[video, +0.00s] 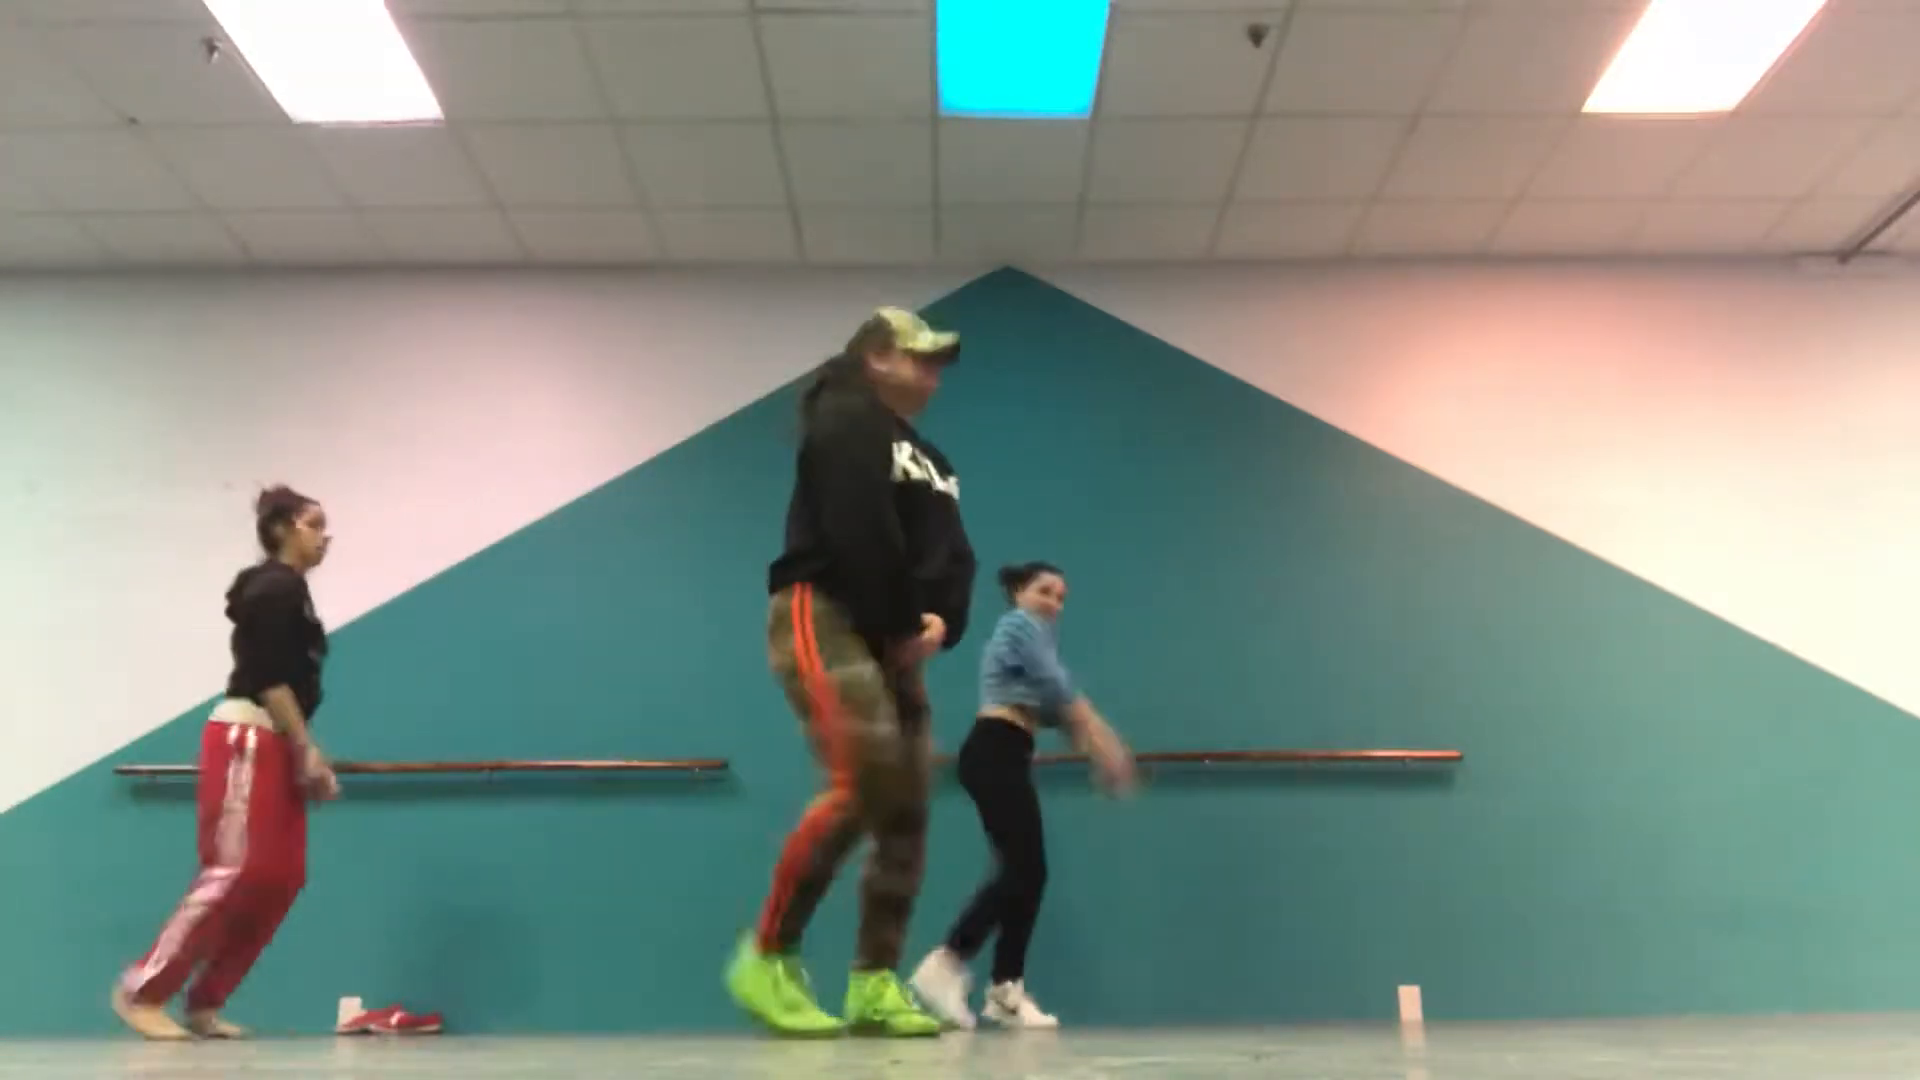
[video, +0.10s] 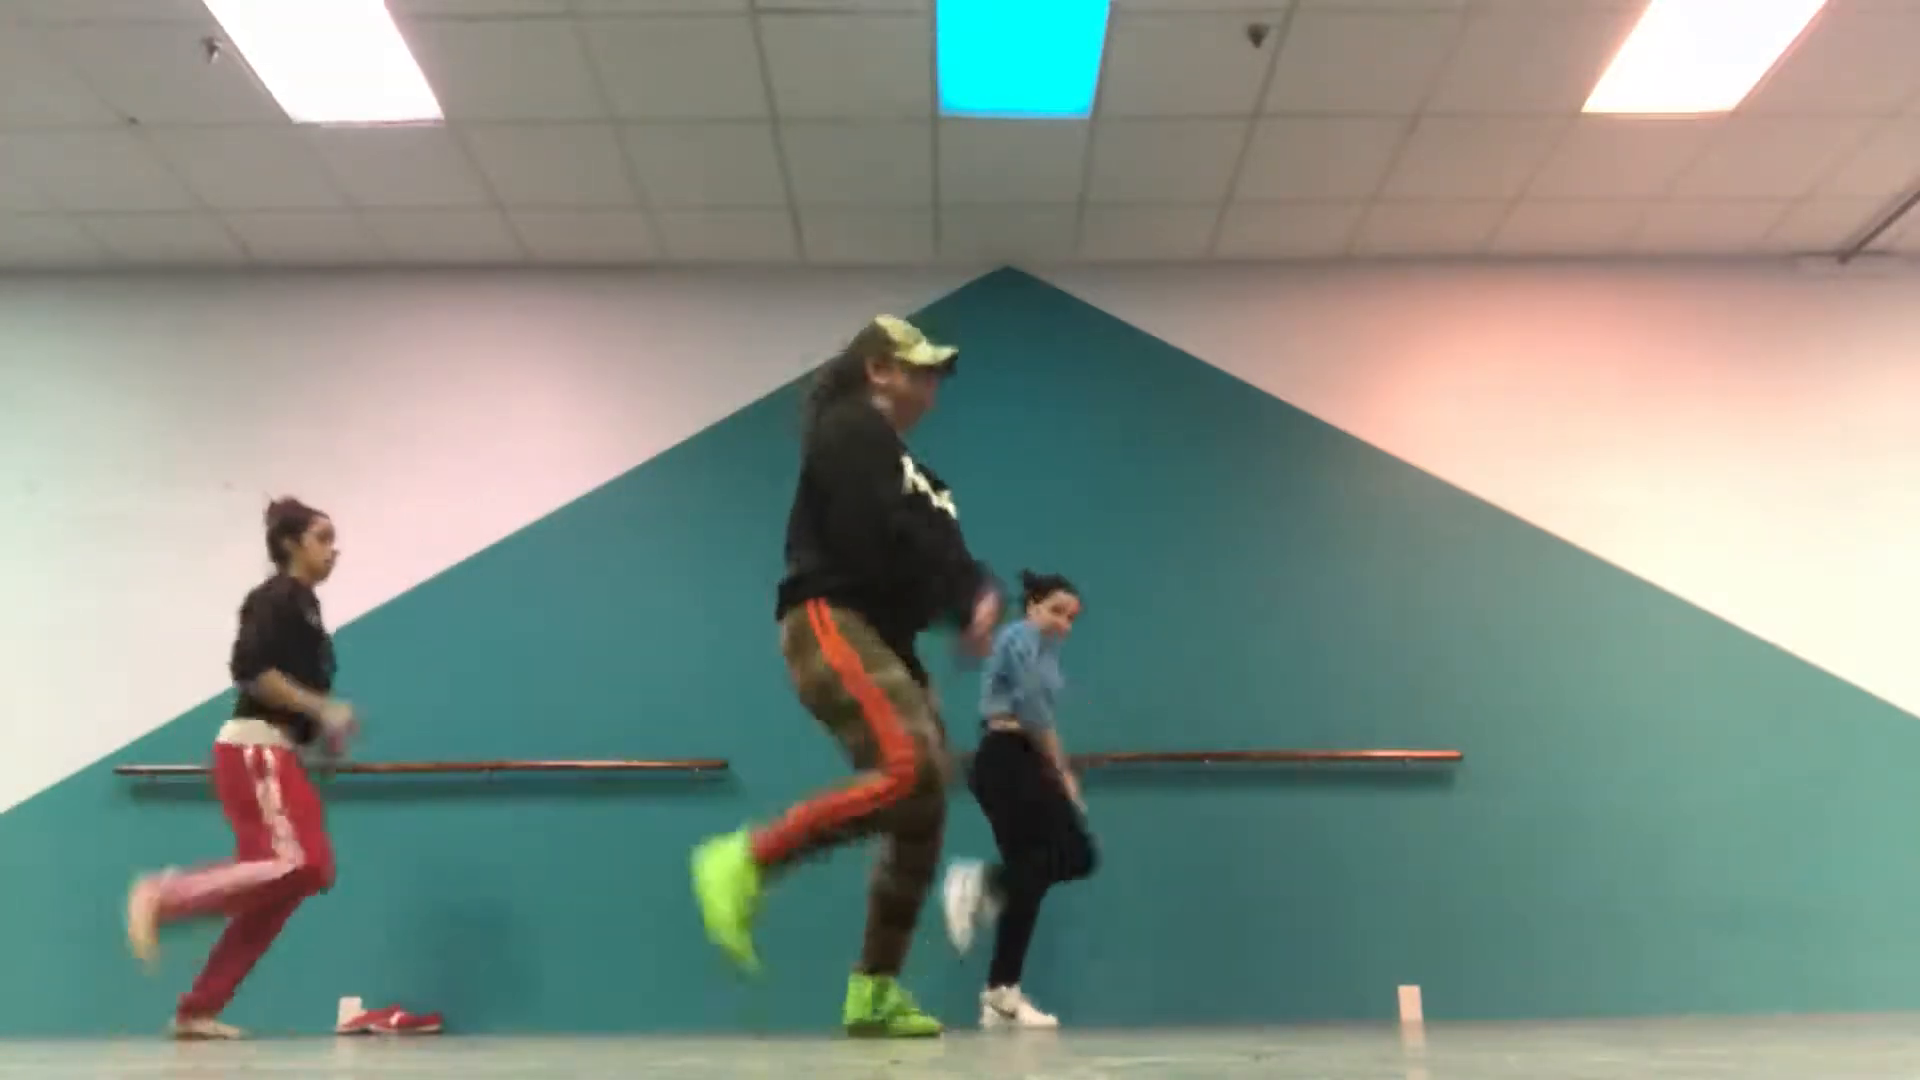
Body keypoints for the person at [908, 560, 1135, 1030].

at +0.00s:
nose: (1053, 603)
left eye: (1059, 597)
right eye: (1044, 592)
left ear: (1059, 604)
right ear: (1018, 593)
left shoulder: (1034, 634)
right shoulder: (1019, 626)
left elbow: (1062, 701)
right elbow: (1060, 690)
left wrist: (1096, 739)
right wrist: (1105, 744)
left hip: (1010, 749)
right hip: (993, 747)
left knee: (1027, 871)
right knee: (1020, 869)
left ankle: (1005, 987)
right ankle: (945, 964)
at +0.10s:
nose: (1065, 624)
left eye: (1071, 618)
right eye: (1059, 612)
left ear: (1070, 621)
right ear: (1034, 605)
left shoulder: (1040, 654)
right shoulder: (1021, 638)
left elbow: (1040, 721)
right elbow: (1033, 709)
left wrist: (1059, 770)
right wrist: (1060, 769)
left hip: (1013, 754)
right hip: (1009, 751)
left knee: (1031, 867)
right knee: (1073, 854)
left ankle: (1002, 988)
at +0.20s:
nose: (1065, 625)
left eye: (1071, 620)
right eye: (1060, 613)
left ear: (1068, 622)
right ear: (1036, 607)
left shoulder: (1022, 643)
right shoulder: (1023, 635)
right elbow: (1040, 689)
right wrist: (1073, 727)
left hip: (1016, 761)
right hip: (1017, 758)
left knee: (1037, 881)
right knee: (1108, 837)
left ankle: (1003, 988)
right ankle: (1013, 835)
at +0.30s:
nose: (1075, 589)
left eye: (1079, 582)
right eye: (1066, 579)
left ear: (1075, 590)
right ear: (1037, 582)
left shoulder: (1041, 630)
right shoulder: (1031, 614)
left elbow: (1077, 679)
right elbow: (1079, 653)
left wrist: (1128, 683)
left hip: (1005, 746)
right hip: (1022, 736)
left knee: (1025, 866)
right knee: (1113, 804)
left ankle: (1005, 986)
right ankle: (1045, 875)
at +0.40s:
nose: (1080, 582)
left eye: (1083, 575)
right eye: (1070, 573)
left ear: (1083, 582)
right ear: (1043, 581)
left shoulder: (1050, 620)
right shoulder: (1049, 613)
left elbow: (1117, 639)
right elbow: (1116, 625)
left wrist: (1163, 614)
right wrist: (1169, 604)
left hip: (1003, 742)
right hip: (1025, 738)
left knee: (1027, 857)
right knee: (1088, 828)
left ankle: (1006, 979)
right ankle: (1128, 940)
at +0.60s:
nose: (1104, 605)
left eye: (1106, 597)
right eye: (1094, 597)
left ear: (1071, 602)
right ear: (1069, 596)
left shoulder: (1067, 633)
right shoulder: (1073, 626)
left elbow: (1136, 648)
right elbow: (1139, 636)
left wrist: (1195, 646)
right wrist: (1205, 635)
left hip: (1030, 758)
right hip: (1052, 755)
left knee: (1060, 881)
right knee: (1117, 854)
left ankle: (1002, 975)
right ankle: (1136, 974)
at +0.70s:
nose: (1123, 619)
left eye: (1126, 611)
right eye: (1115, 609)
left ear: (1088, 609)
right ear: (1086, 604)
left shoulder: (1076, 642)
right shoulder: (1088, 638)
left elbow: (1138, 691)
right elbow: (1138, 682)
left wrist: (1180, 722)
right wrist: (1178, 719)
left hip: (1051, 762)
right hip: (1065, 761)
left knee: (1123, 866)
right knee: (1127, 866)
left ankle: (1063, 932)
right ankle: (1121, 991)